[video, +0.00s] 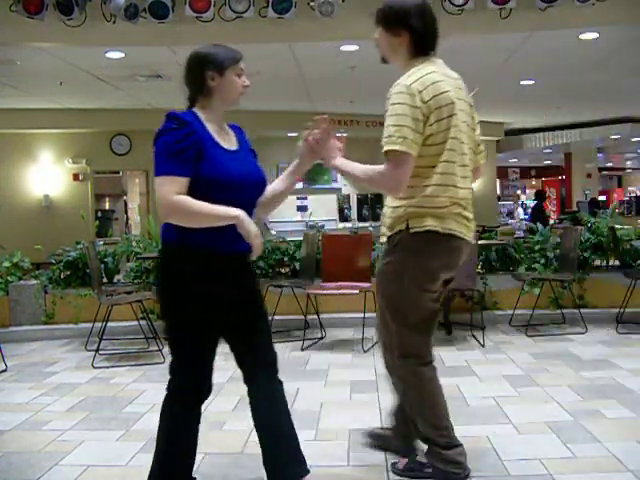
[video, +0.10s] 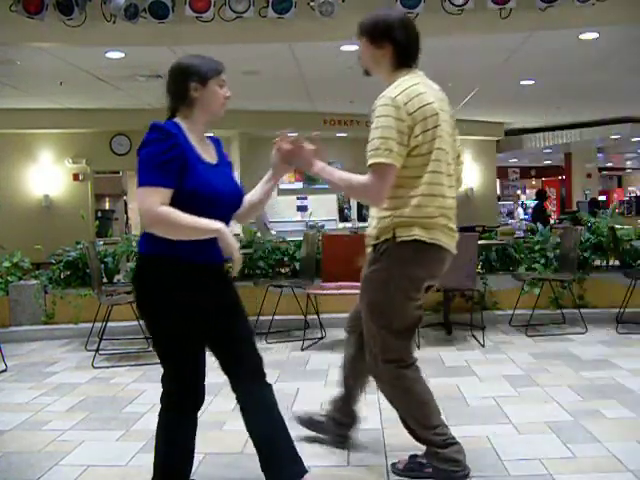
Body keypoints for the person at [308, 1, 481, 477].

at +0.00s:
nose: (377, 43)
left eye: (381, 33)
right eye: (377, 34)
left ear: (403, 36)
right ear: (417, 36)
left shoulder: (409, 87)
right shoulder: (456, 87)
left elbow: (393, 178)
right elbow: (476, 169)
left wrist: (337, 162)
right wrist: (427, 186)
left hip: (419, 235)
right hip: (453, 235)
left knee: (404, 346)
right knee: (404, 336)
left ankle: (445, 458)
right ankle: (402, 432)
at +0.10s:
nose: (360, 55)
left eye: (363, 46)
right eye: (360, 46)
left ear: (384, 48)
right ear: (401, 48)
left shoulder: (394, 100)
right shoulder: (433, 95)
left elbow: (375, 189)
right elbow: (446, 177)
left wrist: (315, 165)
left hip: (405, 240)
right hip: (433, 240)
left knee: (386, 351)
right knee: (361, 326)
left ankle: (444, 454)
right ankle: (340, 418)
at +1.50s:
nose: (146, 116)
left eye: (148, 110)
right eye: (146, 110)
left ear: (162, 111)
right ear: (182, 111)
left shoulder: (161, 152)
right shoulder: (206, 149)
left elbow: (159, 213)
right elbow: (215, 208)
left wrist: (106, 203)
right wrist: (172, 206)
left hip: (163, 251)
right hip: (203, 252)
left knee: (150, 320)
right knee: (213, 324)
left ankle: (154, 391)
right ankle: (254, 398)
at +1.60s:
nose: (138, 116)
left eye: (141, 110)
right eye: (139, 110)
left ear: (156, 114)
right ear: (173, 115)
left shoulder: (155, 154)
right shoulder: (197, 150)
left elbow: (153, 214)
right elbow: (201, 204)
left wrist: (99, 202)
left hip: (160, 253)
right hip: (200, 254)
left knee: (147, 318)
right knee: (209, 323)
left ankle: (154, 390)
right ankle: (253, 395)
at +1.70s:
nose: (134, 117)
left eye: (137, 111)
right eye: (135, 111)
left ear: (152, 115)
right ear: (168, 116)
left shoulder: (152, 154)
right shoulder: (194, 151)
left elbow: (150, 214)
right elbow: (193, 207)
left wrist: (97, 203)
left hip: (160, 254)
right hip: (199, 254)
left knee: (145, 317)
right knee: (209, 324)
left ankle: (154, 390)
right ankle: (252, 393)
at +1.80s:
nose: (132, 118)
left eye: (135, 112)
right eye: (133, 112)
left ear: (150, 116)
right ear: (167, 116)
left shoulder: (151, 154)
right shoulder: (194, 152)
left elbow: (148, 213)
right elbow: (197, 207)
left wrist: (97, 203)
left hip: (160, 254)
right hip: (200, 254)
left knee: (145, 318)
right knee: (209, 324)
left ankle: (154, 390)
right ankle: (252, 394)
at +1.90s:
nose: (134, 119)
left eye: (137, 113)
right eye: (135, 113)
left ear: (152, 116)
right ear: (169, 116)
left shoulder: (153, 153)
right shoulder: (199, 153)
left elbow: (151, 214)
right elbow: (213, 210)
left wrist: (100, 204)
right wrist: (168, 207)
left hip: (162, 254)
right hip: (203, 256)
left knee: (147, 319)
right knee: (211, 327)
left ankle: (154, 391)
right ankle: (252, 398)